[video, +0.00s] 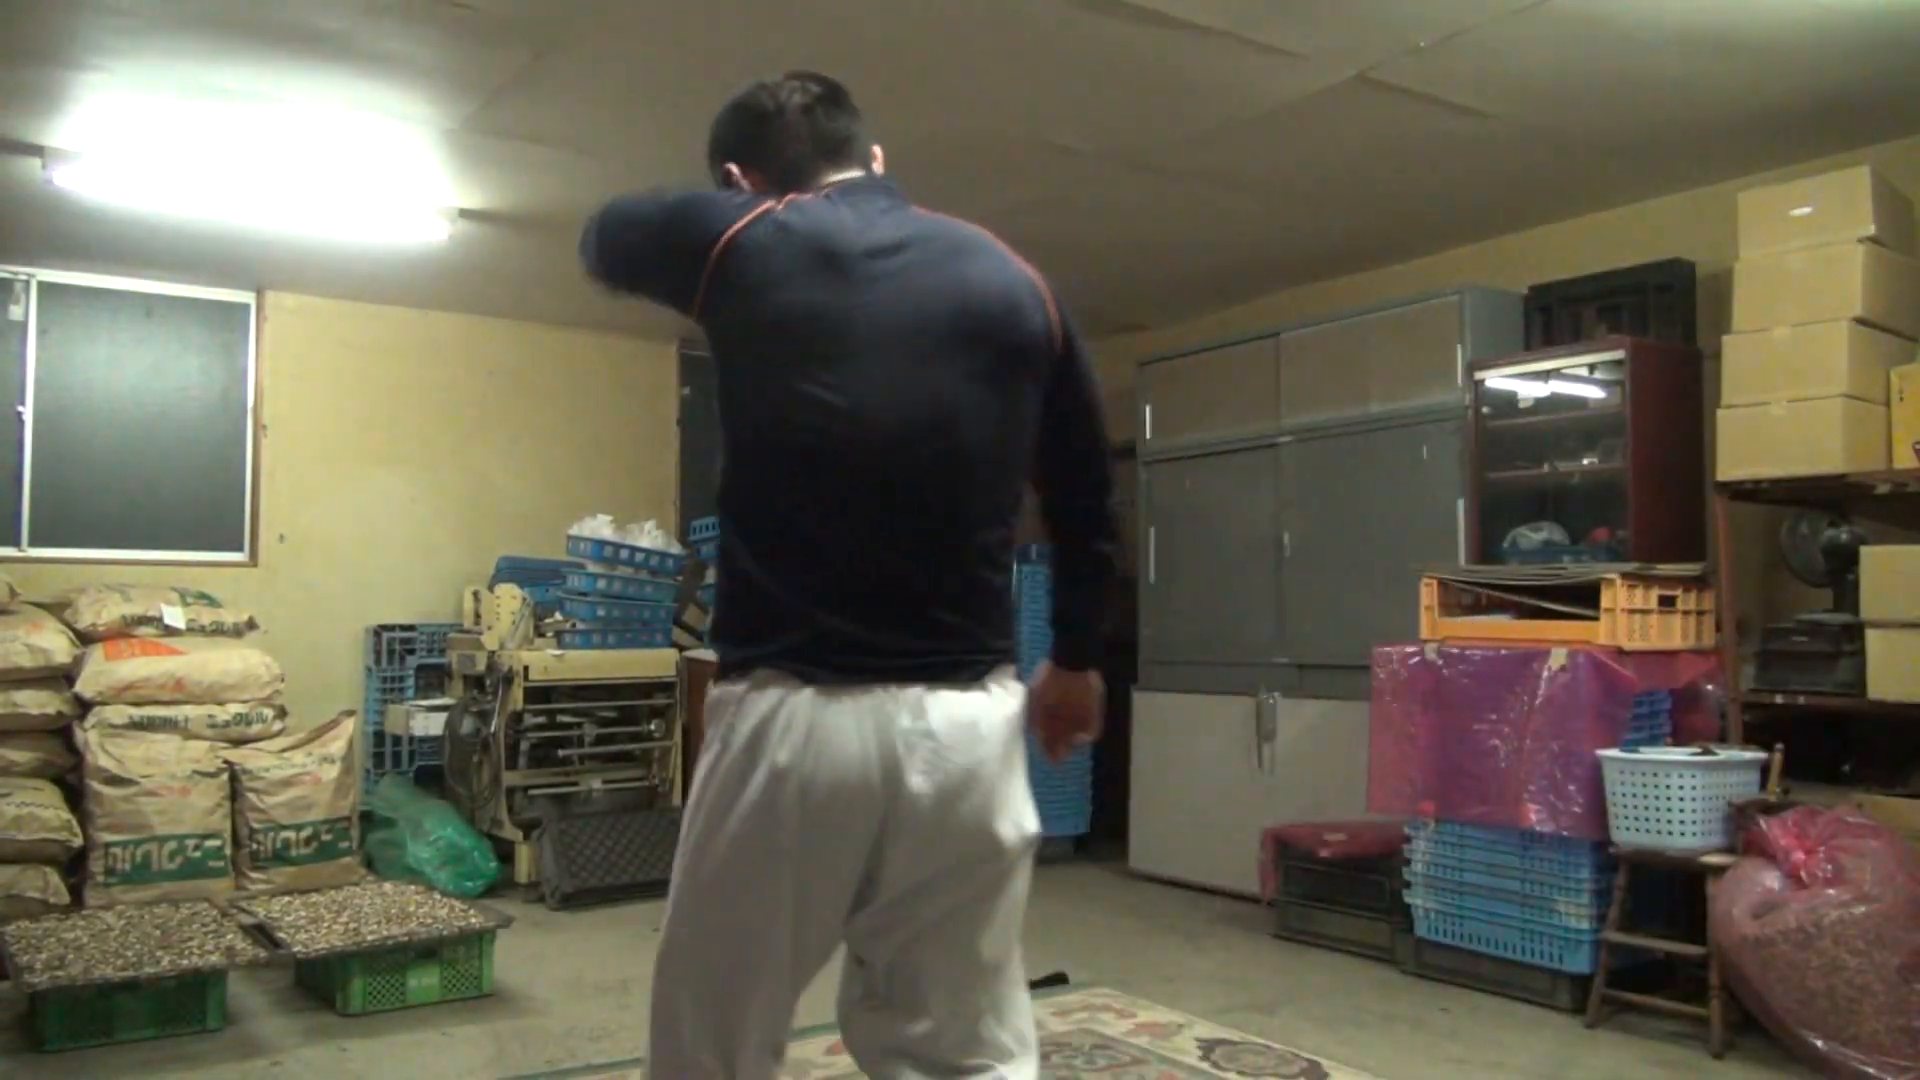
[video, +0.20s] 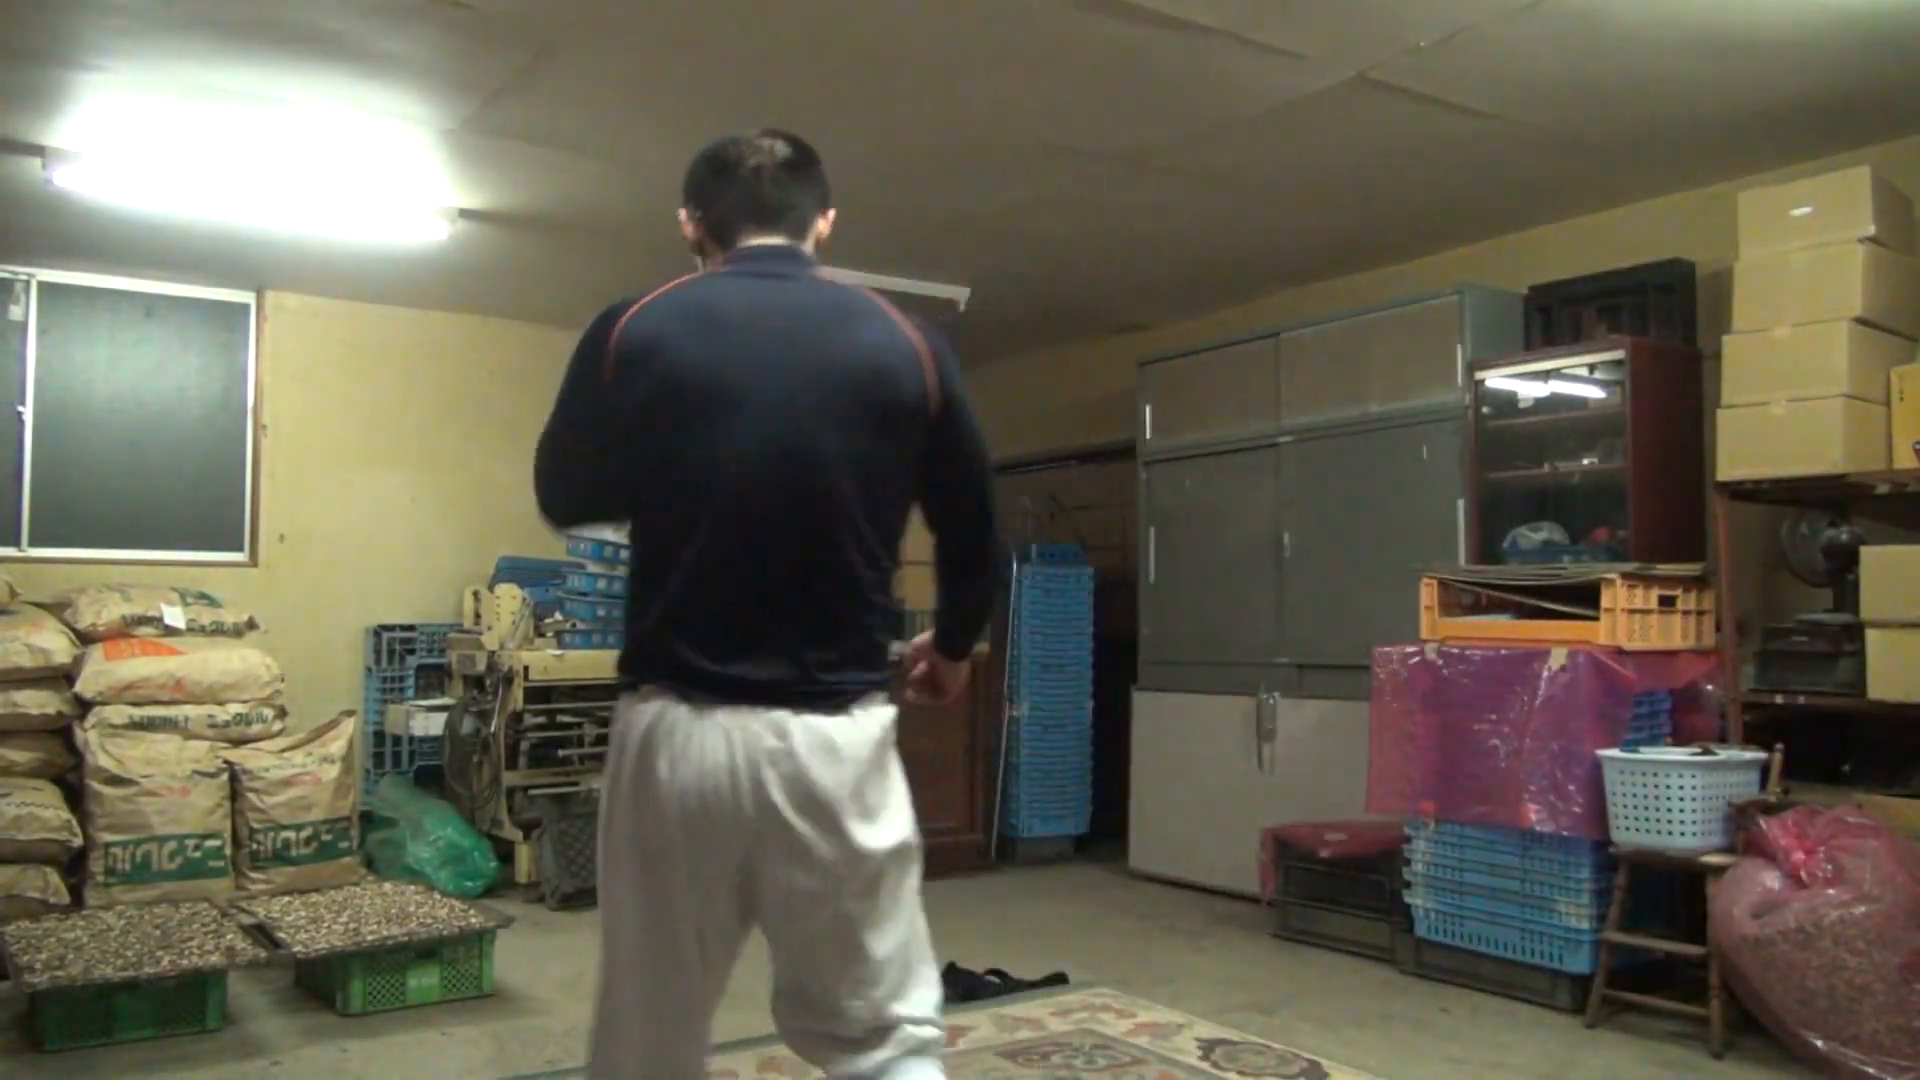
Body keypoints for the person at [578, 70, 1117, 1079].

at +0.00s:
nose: (725, 196)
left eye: (723, 185)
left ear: (743, 185)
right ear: (881, 164)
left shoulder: (751, 249)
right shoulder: (1013, 279)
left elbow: (608, 237)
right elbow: (1084, 496)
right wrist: (1080, 658)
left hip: (791, 731)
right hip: (973, 734)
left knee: (711, 1054)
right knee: (970, 1053)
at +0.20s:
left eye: (684, 225)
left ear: (693, 229)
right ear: (825, 229)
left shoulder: (634, 333)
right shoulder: (905, 342)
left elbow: (566, 493)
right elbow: (972, 527)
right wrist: (953, 645)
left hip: (672, 743)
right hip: (839, 747)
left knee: (645, 1050)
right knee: (887, 1043)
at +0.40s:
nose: (784, 263)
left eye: (784, 246)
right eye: (785, 245)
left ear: (659, 238)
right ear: (768, 239)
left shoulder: (560, 345)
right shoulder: (824, 350)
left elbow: (520, 530)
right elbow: (880, 543)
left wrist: (621, 582)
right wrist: (891, 701)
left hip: (612, 716)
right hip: (761, 713)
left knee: (630, 1012)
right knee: (783, 979)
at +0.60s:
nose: (754, 313)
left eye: (755, 294)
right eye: (755, 293)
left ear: (644, 285)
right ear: (730, 289)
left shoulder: (539, 384)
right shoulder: (775, 394)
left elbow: (474, 537)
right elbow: (819, 554)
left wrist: (569, 600)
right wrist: (863, 705)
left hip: (581, 730)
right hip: (718, 730)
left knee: (606, 1008)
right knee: (712, 998)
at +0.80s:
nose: (713, 324)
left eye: (715, 308)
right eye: (713, 307)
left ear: (607, 296)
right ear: (687, 302)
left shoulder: (511, 387)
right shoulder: (731, 395)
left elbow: (480, 546)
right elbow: (785, 559)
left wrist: (572, 566)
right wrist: (820, 689)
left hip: (546, 719)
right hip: (678, 714)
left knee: (507, 963)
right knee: (692, 966)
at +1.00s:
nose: (646, 332)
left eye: (646, 315)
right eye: (643, 315)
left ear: (545, 314)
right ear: (613, 315)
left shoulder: (454, 404)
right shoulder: (642, 391)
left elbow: (432, 553)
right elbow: (692, 522)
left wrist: (531, 559)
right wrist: (710, 601)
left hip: (468, 716)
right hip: (591, 715)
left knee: (436, 954)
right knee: (660, 961)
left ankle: (390, 1071)